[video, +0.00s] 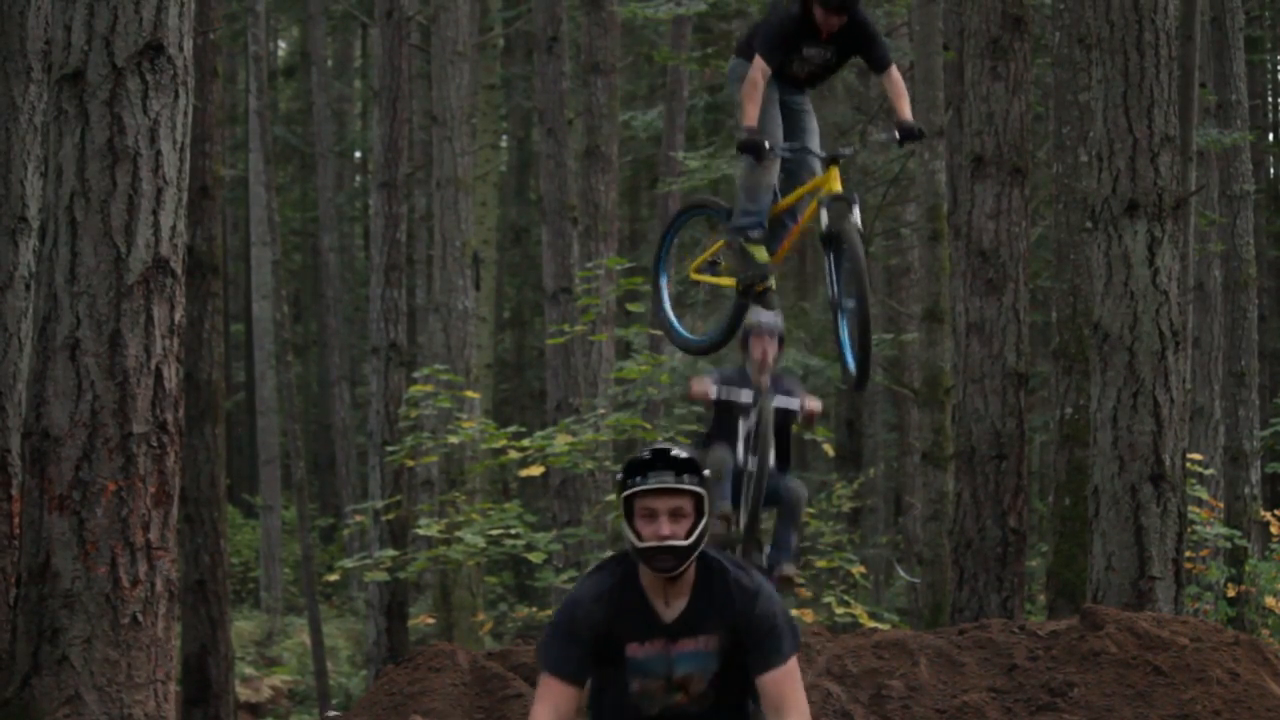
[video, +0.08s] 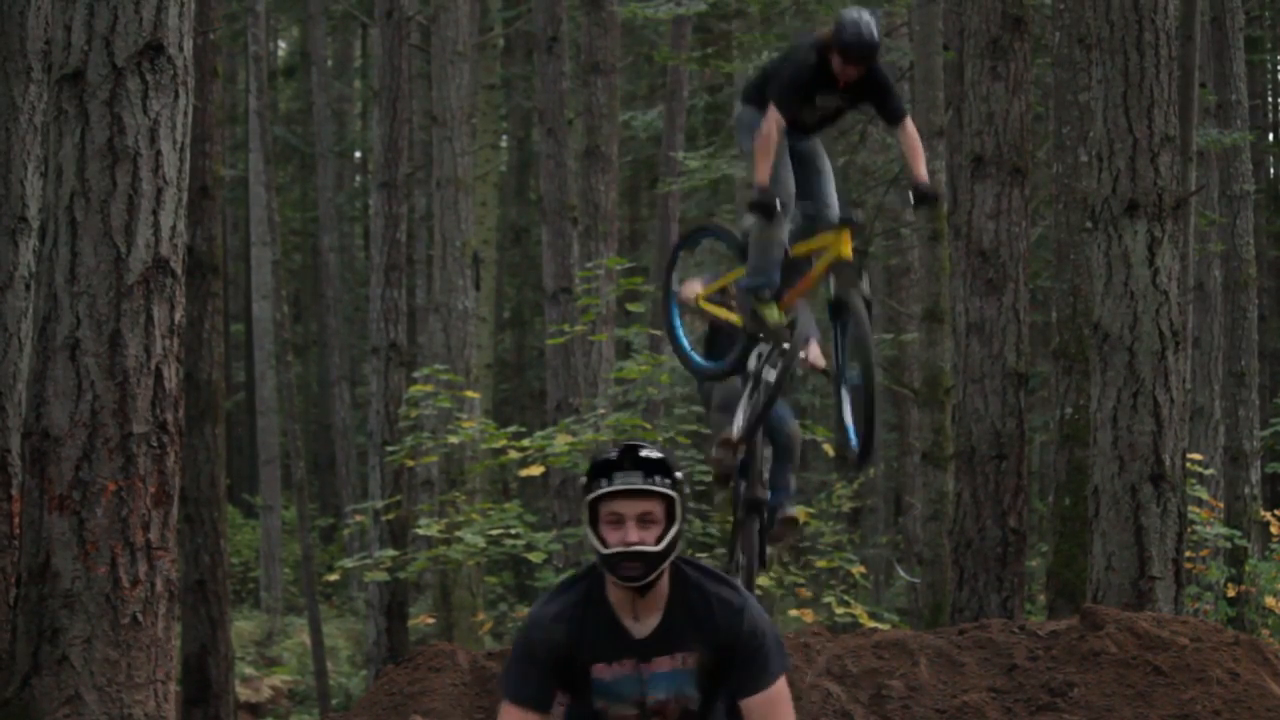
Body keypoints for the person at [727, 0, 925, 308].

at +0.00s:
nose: (832, 21)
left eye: (840, 16)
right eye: (826, 13)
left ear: (849, 12)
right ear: (812, 6)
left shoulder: (857, 25)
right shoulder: (787, 18)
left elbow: (889, 71)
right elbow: (757, 73)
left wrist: (905, 119)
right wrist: (749, 131)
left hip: (795, 90)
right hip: (756, 75)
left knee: (807, 171)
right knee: (767, 148)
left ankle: (771, 245)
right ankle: (748, 233)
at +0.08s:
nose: (850, 71)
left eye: (859, 66)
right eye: (845, 62)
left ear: (870, 62)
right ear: (832, 51)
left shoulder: (871, 76)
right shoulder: (805, 62)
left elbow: (904, 124)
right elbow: (772, 123)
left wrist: (921, 182)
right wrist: (761, 187)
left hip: (801, 134)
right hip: (759, 120)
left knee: (825, 216)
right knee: (778, 200)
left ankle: (789, 285)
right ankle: (759, 292)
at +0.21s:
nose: (866, 158)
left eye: (875, 152)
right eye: (862, 147)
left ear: (888, 149)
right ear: (852, 135)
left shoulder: (888, 158)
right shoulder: (821, 144)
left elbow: (920, 215)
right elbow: (788, 209)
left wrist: (940, 278)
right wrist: (778, 279)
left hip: (810, 200)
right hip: (765, 188)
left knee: (837, 289)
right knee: (786, 280)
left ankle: (797, 353)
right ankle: (770, 374)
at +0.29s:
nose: (882, 288)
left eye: (892, 281)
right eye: (880, 277)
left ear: (906, 270)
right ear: (868, 258)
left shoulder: (901, 271)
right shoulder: (836, 254)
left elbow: (929, 334)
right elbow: (805, 329)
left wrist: (954, 401)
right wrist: (803, 401)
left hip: (823, 295)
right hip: (779, 286)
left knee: (841, 389)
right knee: (789, 382)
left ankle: (820, 461)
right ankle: (795, 483)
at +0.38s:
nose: (887, 365)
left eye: (896, 360)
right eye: (888, 357)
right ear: (877, 337)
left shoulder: (908, 336)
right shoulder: (836, 332)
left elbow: (930, 371)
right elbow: (789, 395)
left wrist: (933, 420)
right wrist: (838, 448)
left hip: (837, 365)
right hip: (786, 362)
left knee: (870, 452)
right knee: (805, 468)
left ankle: (812, 492)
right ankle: (804, 578)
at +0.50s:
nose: (924, 489)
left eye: (931, 485)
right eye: (928, 481)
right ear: (917, 465)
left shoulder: (903, 410)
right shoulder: (877, 463)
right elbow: (854, 549)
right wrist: (892, 590)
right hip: (778, 453)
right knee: (831, 544)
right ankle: (801, 604)